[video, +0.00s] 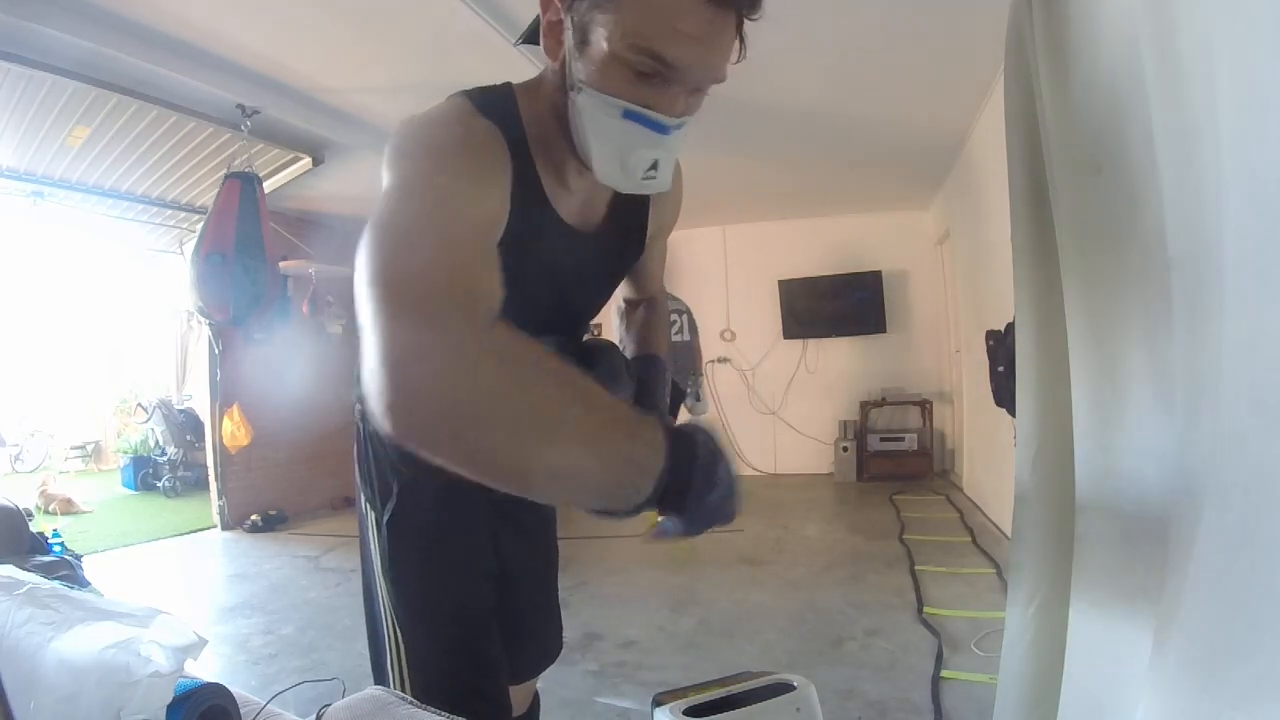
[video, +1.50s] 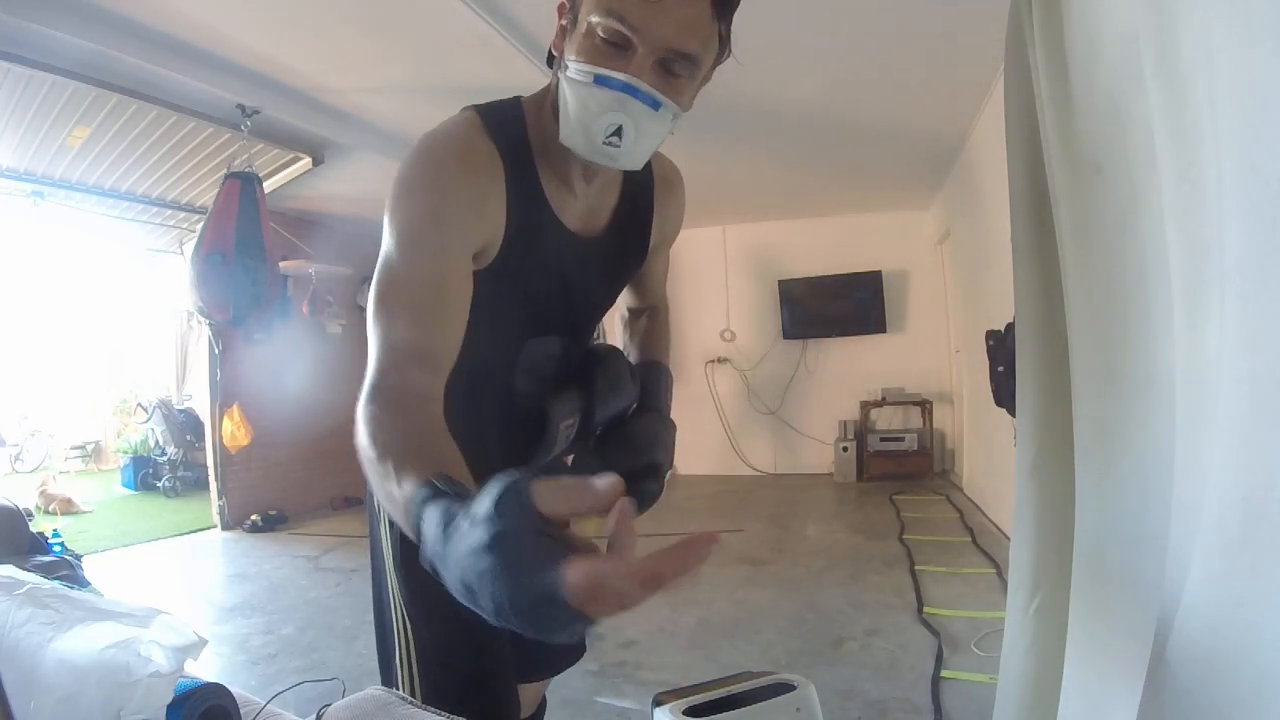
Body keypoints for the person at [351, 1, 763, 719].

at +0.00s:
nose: (672, 114)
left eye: (703, 86)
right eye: (646, 71)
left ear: (728, 65)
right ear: (557, 31)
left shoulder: (654, 181)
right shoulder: (450, 147)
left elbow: (644, 298)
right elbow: (424, 382)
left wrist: (650, 389)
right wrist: (670, 467)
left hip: (535, 428)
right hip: (429, 444)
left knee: (520, 670)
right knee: (458, 693)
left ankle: (517, 705)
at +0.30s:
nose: (637, 81)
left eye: (682, 64)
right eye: (618, 32)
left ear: (711, 83)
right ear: (561, 21)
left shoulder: (661, 190)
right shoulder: (450, 149)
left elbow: (646, 311)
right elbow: (368, 423)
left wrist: (646, 417)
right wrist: (613, 507)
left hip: (533, 464)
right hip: (424, 466)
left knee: (520, 682)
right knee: (460, 702)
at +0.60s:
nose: (633, 73)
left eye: (679, 51)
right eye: (609, 25)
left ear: (712, 71)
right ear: (555, 20)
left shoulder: (666, 189)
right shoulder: (446, 155)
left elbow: (652, 305)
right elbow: (369, 433)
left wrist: (650, 418)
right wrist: (583, 515)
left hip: (538, 479)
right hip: (427, 480)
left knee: (522, 682)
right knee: (461, 703)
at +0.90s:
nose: (638, 81)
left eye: (682, 60)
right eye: (614, 31)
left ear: (712, 77)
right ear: (560, 23)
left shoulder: (669, 191)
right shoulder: (449, 159)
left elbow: (652, 309)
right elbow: (390, 425)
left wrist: (654, 419)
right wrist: (585, 524)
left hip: (537, 474)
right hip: (429, 469)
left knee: (522, 686)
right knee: (462, 704)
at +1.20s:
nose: (643, 88)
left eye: (685, 66)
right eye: (618, 39)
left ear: (715, 79)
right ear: (564, 26)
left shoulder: (665, 190)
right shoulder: (455, 163)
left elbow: (647, 309)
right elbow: (397, 413)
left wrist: (647, 432)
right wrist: (527, 526)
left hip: (543, 469)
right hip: (434, 461)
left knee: (524, 687)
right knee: (464, 703)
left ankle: (519, 709)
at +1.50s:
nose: (634, 84)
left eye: (675, 67)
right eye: (614, 40)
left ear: (703, 83)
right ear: (563, 28)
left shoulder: (657, 192)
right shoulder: (457, 165)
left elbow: (646, 308)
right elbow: (399, 389)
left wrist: (646, 408)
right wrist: (446, 526)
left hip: (547, 455)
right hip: (435, 454)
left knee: (531, 681)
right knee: (466, 702)